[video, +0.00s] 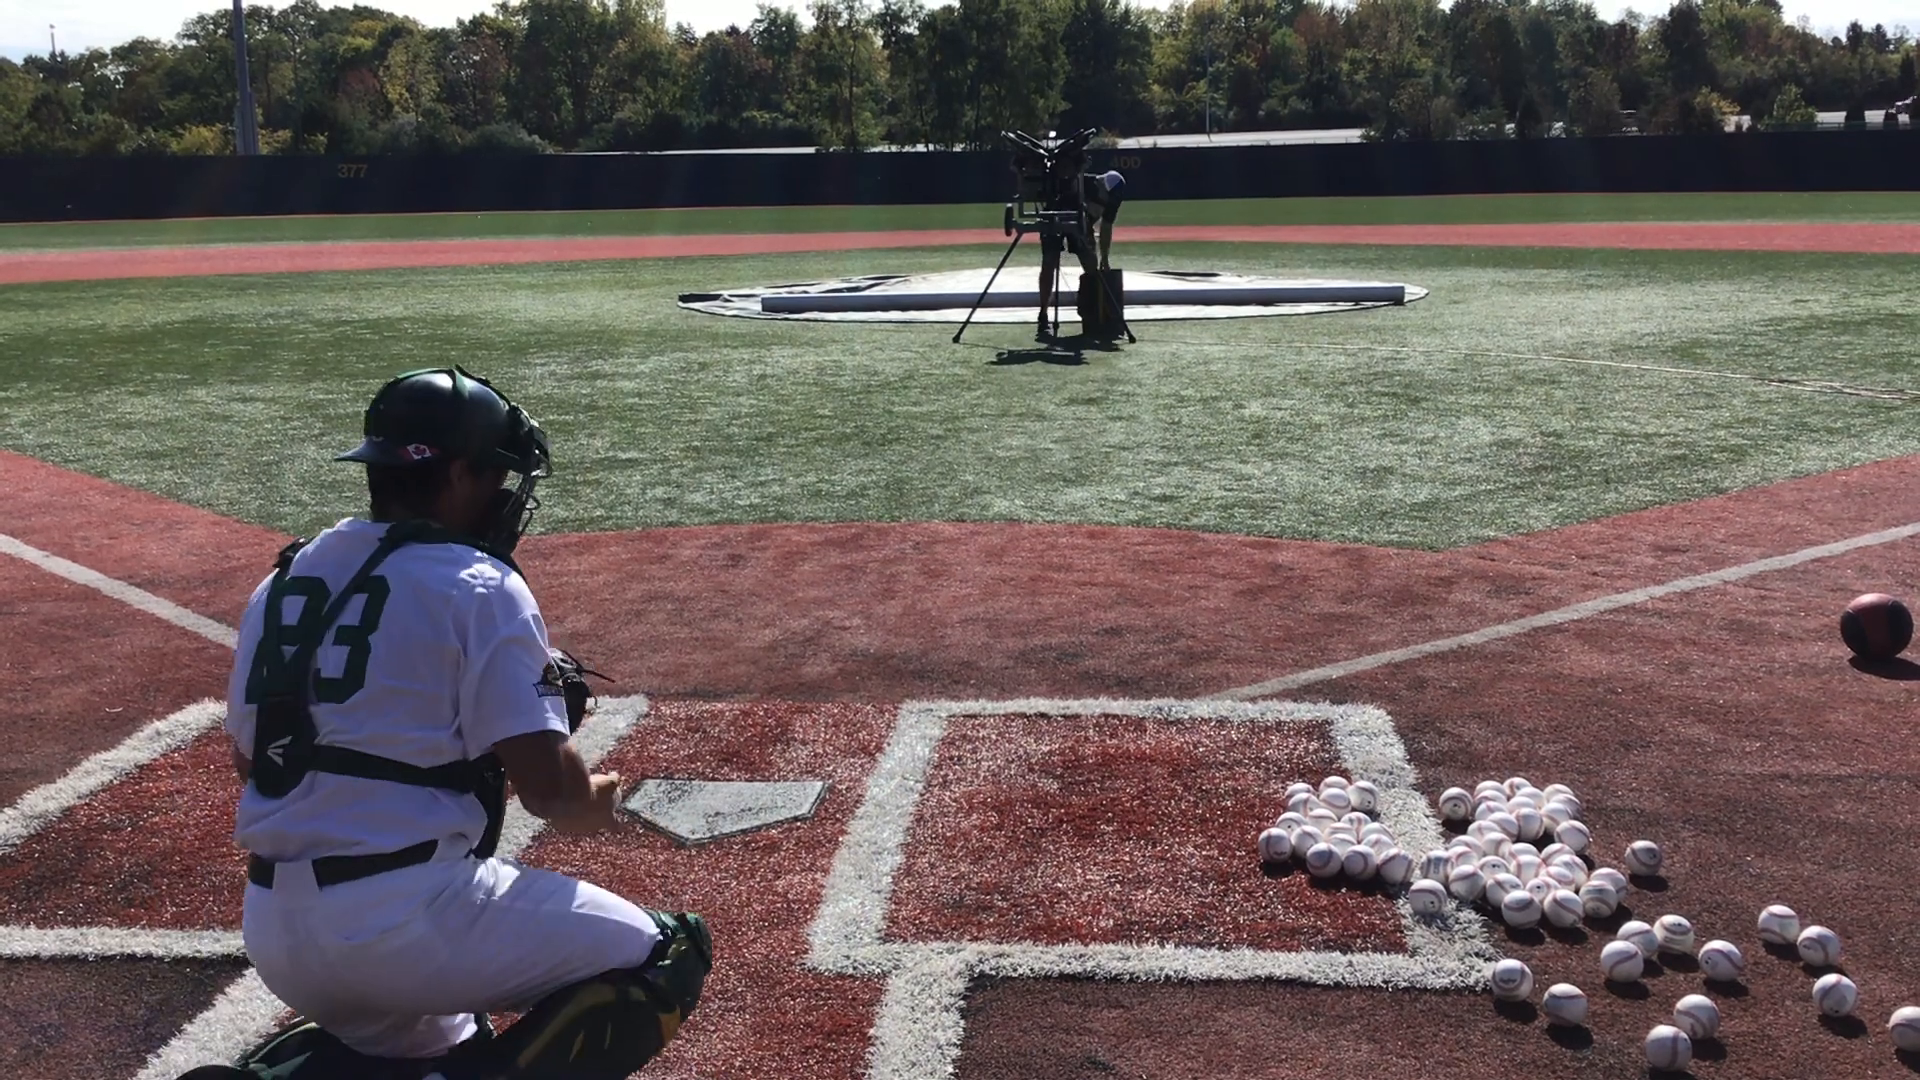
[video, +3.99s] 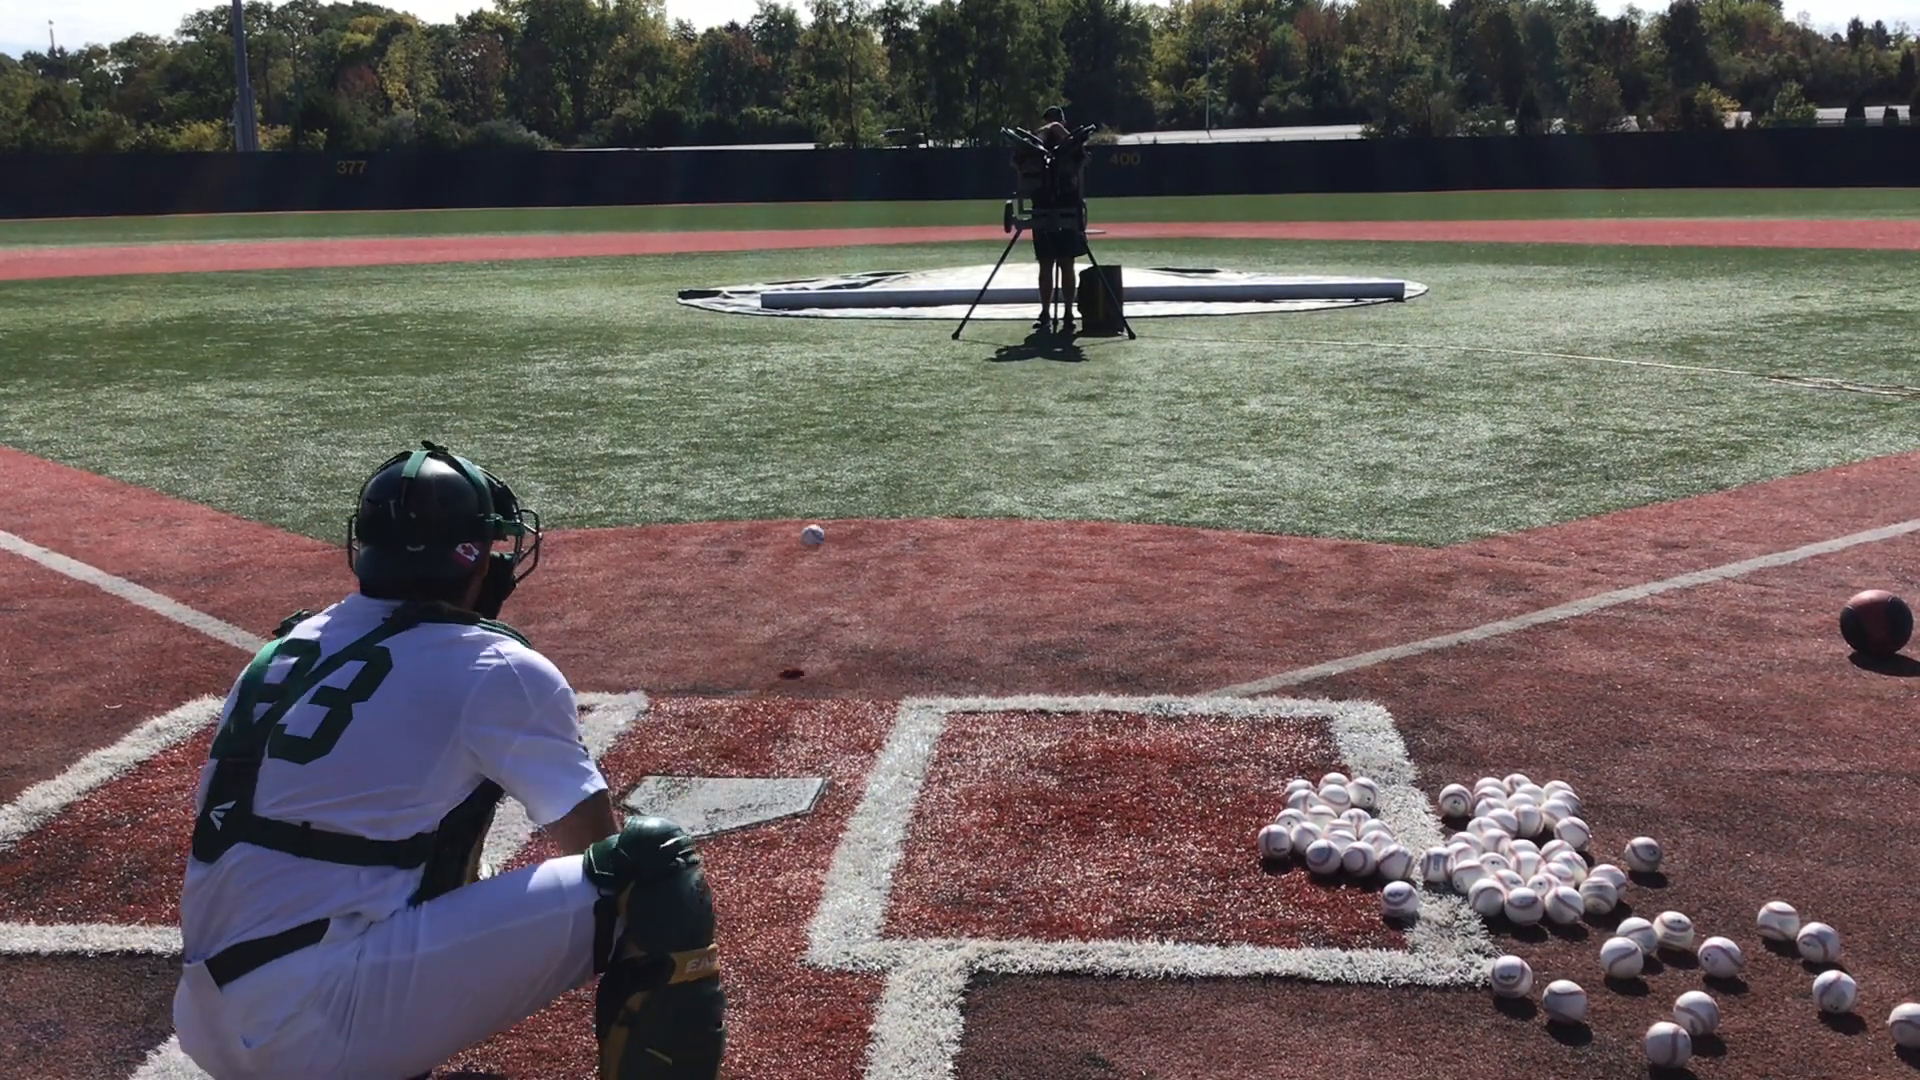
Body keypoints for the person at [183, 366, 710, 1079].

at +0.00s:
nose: (508, 492)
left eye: (507, 473)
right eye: (497, 473)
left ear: (384, 476)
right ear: (456, 479)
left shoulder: (282, 582)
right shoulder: (480, 589)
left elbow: (250, 752)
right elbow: (547, 785)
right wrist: (597, 804)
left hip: (275, 927)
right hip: (411, 916)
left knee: (454, 1042)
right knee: (664, 956)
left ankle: (284, 1064)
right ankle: (498, 1063)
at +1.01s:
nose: (606, 482)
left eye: (600, 465)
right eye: (600, 468)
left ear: (469, 479)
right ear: (585, 488)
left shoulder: (382, 610)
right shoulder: (654, 615)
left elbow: (321, 800)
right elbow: (715, 790)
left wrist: (439, 783)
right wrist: (606, 771)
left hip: (413, 969)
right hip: (582, 981)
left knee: (318, 911)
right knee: (694, 1040)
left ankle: (366, 1066)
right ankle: (557, 1070)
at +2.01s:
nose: (523, 576)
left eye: (520, 561)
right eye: (515, 565)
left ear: (384, 566)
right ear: (490, 583)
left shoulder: (300, 660)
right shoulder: (526, 683)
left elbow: (242, 838)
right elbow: (613, 888)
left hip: (232, 1045)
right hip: (398, 1058)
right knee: (703, 911)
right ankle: (563, 1064)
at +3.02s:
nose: (536, 443)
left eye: (532, 427)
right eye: (529, 429)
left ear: (402, 433)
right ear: (510, 441)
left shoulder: (327, 519)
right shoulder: (558, 521)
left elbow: (245, 700)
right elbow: (711, 697)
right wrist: (608, 684)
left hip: (269, 880)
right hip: (446, 888)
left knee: (243, 793)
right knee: (705, 824)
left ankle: (255, 1068)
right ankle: (620, 1066)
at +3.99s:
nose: (505, 563)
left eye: (502, 545)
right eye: (497, 549)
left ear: (365, 555)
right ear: (473, 566)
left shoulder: (295, 637)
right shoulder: (493, 670)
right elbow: (591, 831)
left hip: (206, 1017)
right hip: (316, 1018)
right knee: (652, 872)